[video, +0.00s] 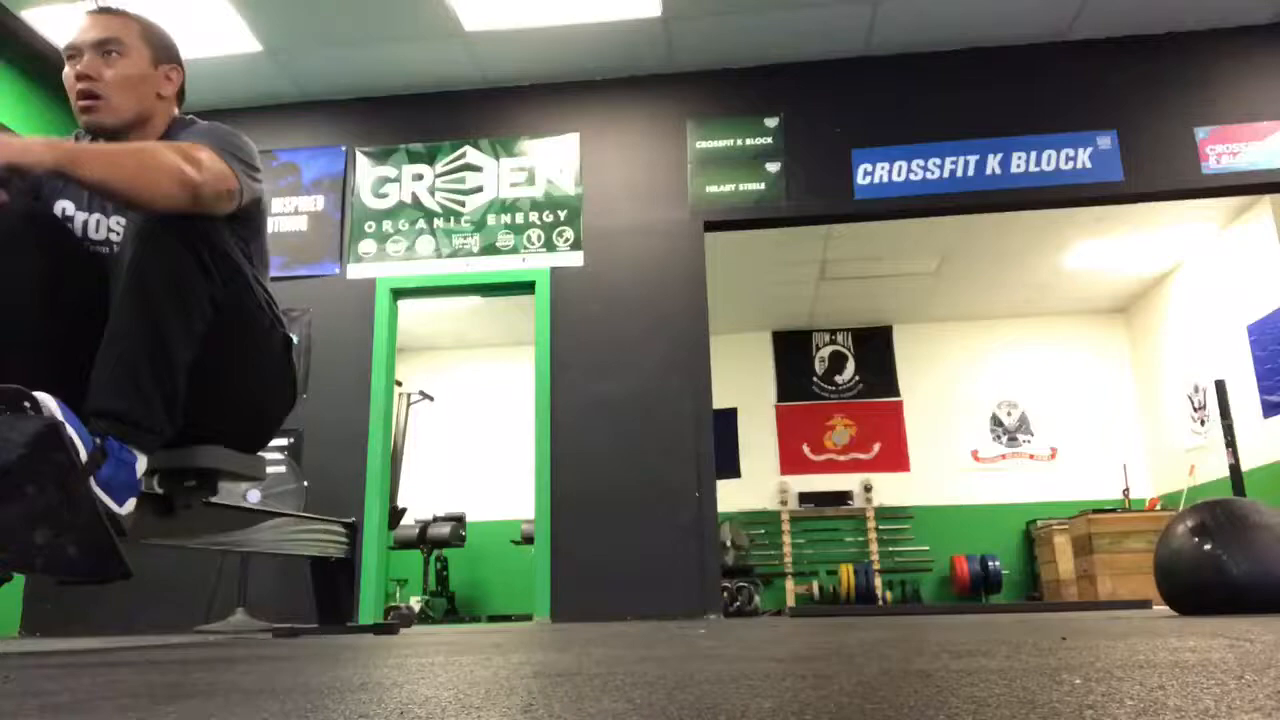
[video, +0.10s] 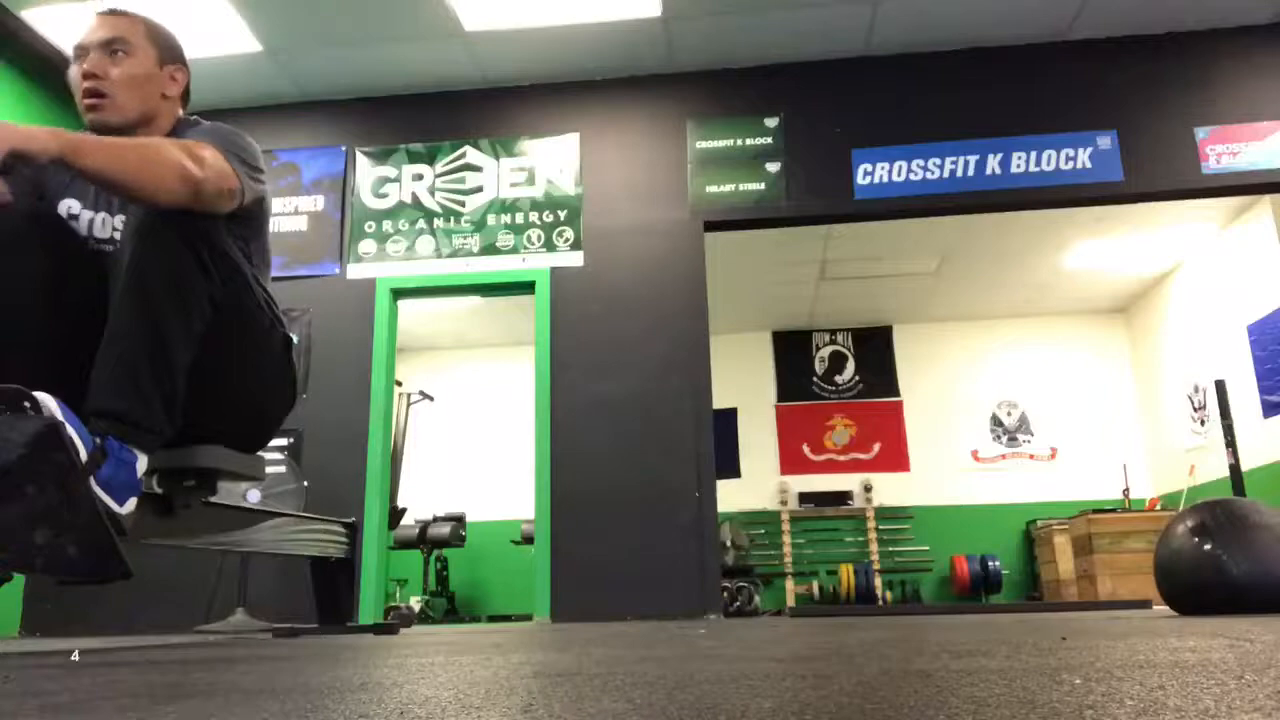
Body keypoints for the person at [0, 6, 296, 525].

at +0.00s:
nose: (81, 69)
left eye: (108, 53)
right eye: (72, 59)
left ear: (168, 81)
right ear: (62, 82)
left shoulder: (218, 142)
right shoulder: (51, 167)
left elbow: (199, 182)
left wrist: (40, 153)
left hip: (228, 390)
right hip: (97, 380)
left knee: (174, 219)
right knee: (19, 223)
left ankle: (120, 447)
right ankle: (21, 432)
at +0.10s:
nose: (88, 68)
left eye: (115, 52)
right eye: (80, 59)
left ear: (173, 81)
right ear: (71, 83)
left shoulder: (223, 143)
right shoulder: (53, 168)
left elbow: (198, 179)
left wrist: (56, 142)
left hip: (228, 390)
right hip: (99, 379)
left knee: (173, 218)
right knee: (19, 227)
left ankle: (121, 445)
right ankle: (22, 432)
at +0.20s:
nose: (119, 74)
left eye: (144, 59)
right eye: (112, 64)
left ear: (198, 89)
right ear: (101, 88)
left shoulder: (243, 153)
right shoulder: (80, 172)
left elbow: (218, 191)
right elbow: (14, 203)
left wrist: (64, 146)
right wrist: (12, 184)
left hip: (236, 392)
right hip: (110, 383)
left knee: (170, 225)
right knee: (29, 235)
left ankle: (121, 449)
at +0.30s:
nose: (164, 92)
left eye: (188, 79)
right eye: (159, 82)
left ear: (236, 109)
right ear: (150, 103)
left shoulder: (274, 176)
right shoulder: (126, 184)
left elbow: (254, 220)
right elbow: (19, 227)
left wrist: (131, 180)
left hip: (252, 398)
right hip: (138, 391)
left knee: (180, 242)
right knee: (55, 251)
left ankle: (116, 457)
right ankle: (17, 443)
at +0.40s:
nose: (211, 116)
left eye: (235, 106)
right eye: (203, 108)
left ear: (276, 137)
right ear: (192, 131)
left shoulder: (310, 201)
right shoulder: (170, 206)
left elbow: (280, 237)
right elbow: (72, 245)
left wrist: (182, 201)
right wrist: (2, 232)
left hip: (274, 403)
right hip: (173, 401)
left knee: (200, 279)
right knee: (81, 278)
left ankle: (110, 465)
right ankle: (12, 442)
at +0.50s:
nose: (249, 143)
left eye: (270, 133)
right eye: (243, 135)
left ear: (307, 163)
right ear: (234, 154)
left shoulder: (332, 220)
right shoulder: (219, 227)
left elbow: (321, 259)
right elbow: (130, 267)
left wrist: (233, 230)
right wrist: (44, 258)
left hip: (302, 412)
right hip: (208, 409)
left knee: (228, 316)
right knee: (111, 312)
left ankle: (116, 478)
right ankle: (25, 447)